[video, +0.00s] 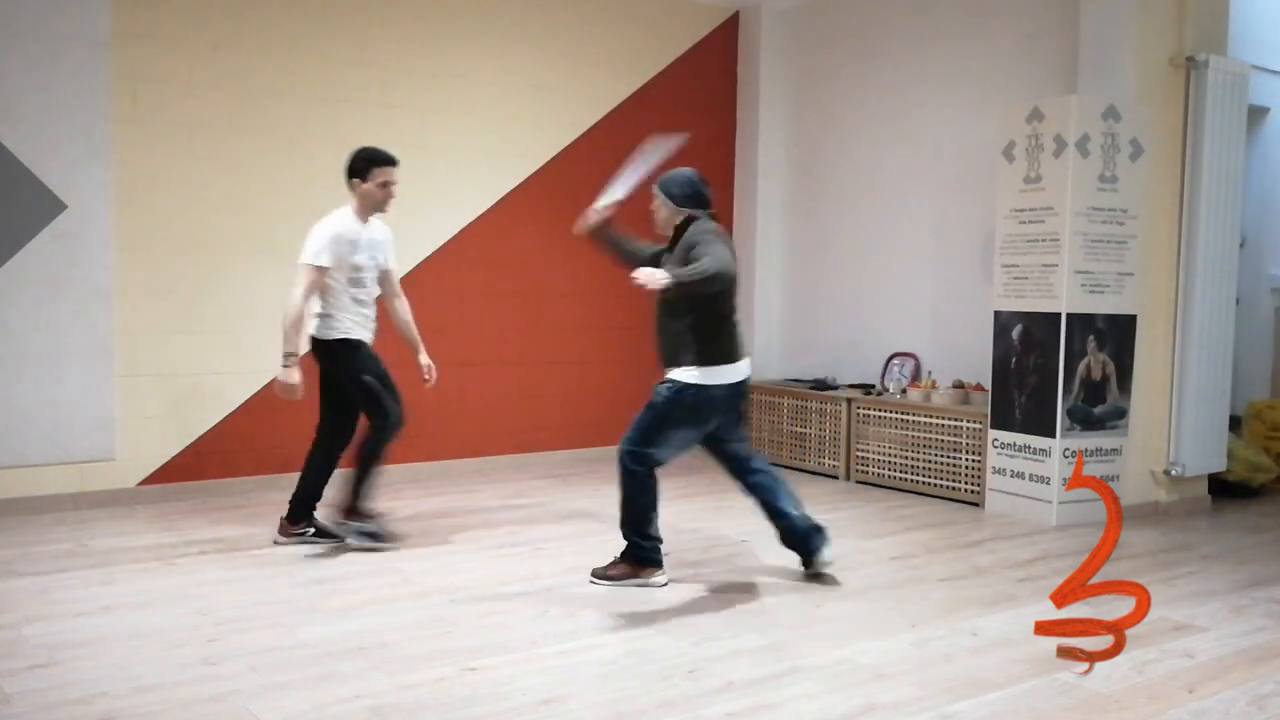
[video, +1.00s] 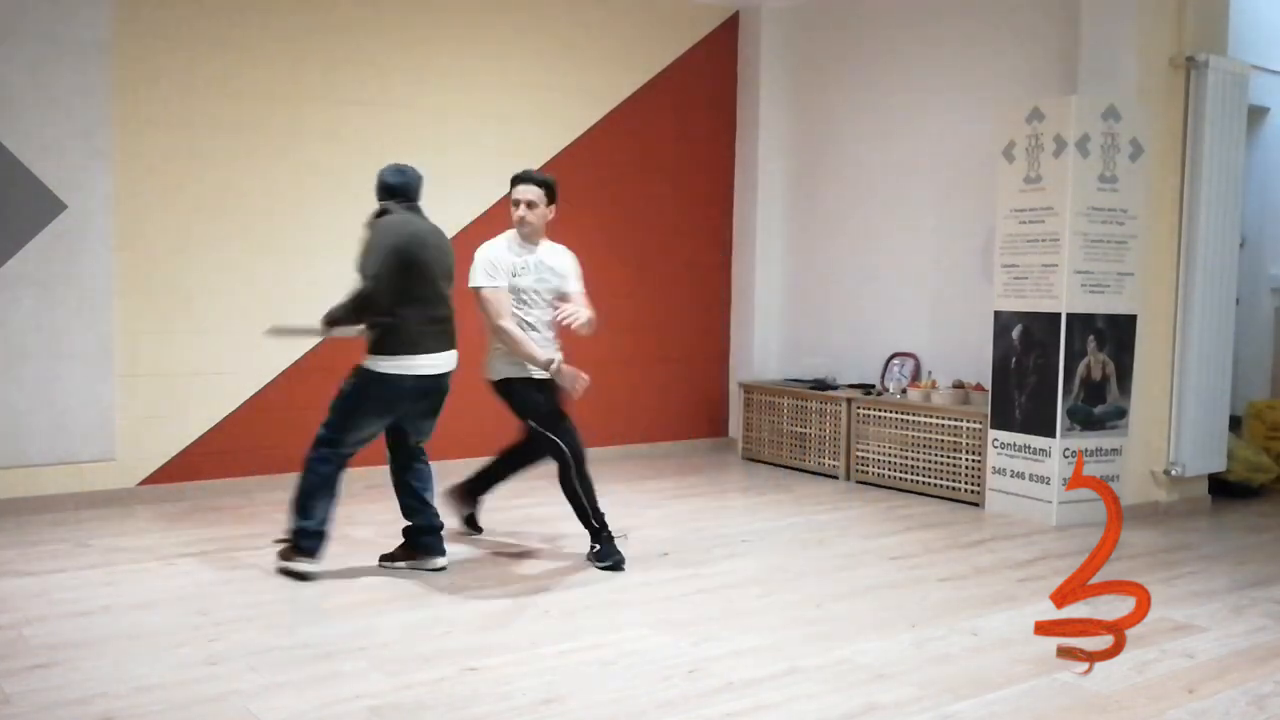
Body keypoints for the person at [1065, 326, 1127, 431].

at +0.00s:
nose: (1088, 345)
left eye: (1091, 342)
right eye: (1088, 342)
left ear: (1098, 344)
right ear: (1087, 344)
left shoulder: (1108, 364)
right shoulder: (1084, 364)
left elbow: (1114, 390)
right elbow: (1076, 390)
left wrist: (1108, 406)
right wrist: (1070, 409)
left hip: (1103, 406)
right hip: (1086, 406)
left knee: (1121, 411)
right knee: (1071, 410)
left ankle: (1087, 424)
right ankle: (1100, 425)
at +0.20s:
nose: (1088, 345)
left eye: (1091, 342)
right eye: (1088, 342)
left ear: (1098, 344)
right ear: (1087, 344)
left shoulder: (1108, 364)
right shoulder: (1084, 364)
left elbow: (1114, 391)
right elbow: (1076, 390)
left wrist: (1107, 407)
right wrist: (1070, 409)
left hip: (1103, 406)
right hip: (1086, 406)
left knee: (1121, 411)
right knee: (1071, 410)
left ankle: (1086, 425)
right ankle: (1099, 425)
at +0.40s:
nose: (1088, 345)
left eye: (1091, 342)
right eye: (1088, 342)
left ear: (1099, 344)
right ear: (1087, 344)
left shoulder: (1108, 365)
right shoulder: (1084, 364)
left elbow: (1114, 392)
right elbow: (1076, 390)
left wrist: (1106, 407)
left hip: (1103, 406)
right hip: (1086, 406)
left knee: (1122, 411)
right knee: (1071, 410)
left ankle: (1086, 425)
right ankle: (1099, 425)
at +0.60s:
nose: (1088, 345)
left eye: (1091, 342)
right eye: (1088, 342)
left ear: (1098, 344)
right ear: (1087, 344)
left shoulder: (1108, 365)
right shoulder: (1084, 364)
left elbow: (1114, 392)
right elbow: (1076, 390)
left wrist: (1106, 407)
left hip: (1103, 406)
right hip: (1086, 406)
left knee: (1122, 411)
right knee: (1071, 410)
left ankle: (1086, 425)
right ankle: (1100, 425)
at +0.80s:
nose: (1088, 345)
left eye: (1091, 342)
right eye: (1088, 342)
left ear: (1099, 344)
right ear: (1087, 344)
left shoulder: (1108, 365)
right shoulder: (1083, 365)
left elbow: (1114, 393)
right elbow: (1076, 391)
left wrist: (1106, 407)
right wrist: (1070, 409)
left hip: (1103, 406)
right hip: (1086, 406)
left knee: (1122, 411)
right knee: (1071, 410)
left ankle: (1086, 425)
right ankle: (1100, 425)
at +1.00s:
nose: (1088, 345)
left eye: (1091, 342)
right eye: (1088, 342)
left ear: (1099, 344)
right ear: (1087, 344)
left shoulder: (1108, 365)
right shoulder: (1084, 364)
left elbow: (1114, 392)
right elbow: (1076, 390)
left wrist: (1106, 407)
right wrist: (1071, 408)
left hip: (1103, 406)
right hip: (1086, 406)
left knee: (1122, 411)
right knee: (1071, 410)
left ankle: (1086, 425)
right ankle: (1099, 425)